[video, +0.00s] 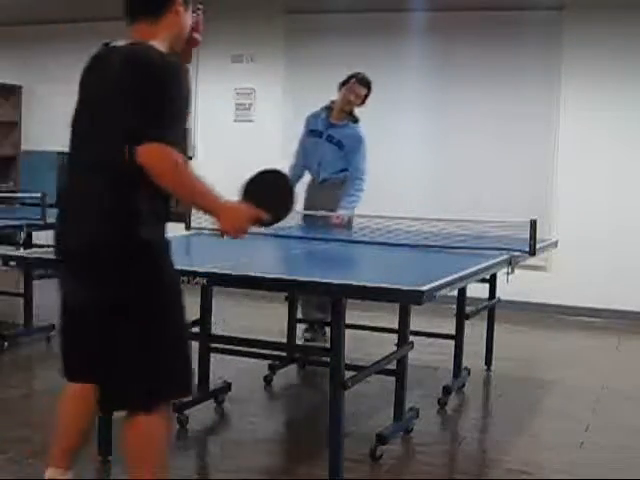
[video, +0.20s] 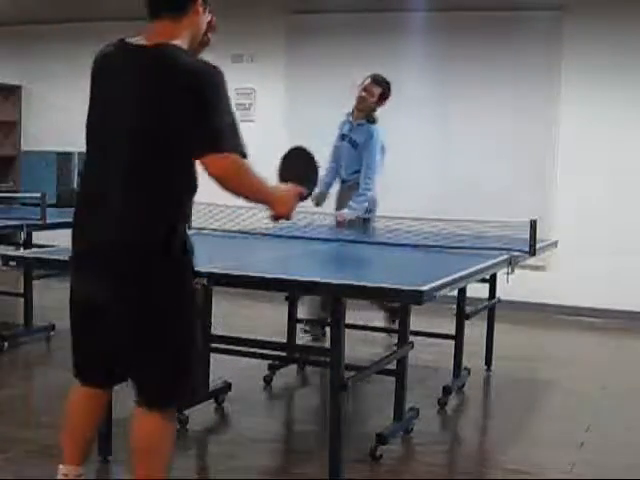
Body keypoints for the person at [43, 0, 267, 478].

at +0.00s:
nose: (194, 22)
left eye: (195, 14)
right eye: (193, 11)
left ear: (136, 13)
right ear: (177, 10)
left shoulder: (101, 62)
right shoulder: (159, 67)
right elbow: (156, 154)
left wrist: (181, 54)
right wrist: (221, 208)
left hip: (81, 241)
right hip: (131, 246)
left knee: (85, 372)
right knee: (152, 389)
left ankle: (56, 471)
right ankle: (146, 475)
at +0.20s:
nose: (207, 22)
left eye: (208, 15)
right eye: (208, 13)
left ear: (153, 12)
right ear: (197, 10)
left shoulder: (107, 61)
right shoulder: (196, 76)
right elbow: (223, 166)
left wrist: (190, 47)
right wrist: (274, 195)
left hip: (93, 244)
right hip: (156, 250)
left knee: (93, 374)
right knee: (158, 394)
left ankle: (68, 472)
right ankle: (147, 475)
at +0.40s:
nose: (209, 18)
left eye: (208, 13)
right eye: (211, 12)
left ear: (155, 11)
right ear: (205, 11)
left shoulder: (103, 56)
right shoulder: (210, 77)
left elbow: (63, 42)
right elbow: (283, 130)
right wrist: (309, 108)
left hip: (97, 248)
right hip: (164, 254)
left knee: (86, 367)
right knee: (159, 394)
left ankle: (50, 463)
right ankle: (150, 474)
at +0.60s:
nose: (196, 16)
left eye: (195, 11)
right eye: (196, 11)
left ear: (136, 15)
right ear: (190, 12)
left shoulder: (106, 46)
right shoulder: (198, 60)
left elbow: (76, 2)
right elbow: (284, 24)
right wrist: (305, 6)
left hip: (78, 243)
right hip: (144, 250)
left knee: (62, 349)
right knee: (161, 388)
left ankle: (18, 440)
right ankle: (152, 476)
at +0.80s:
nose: (165, 59)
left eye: (164, 51)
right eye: (166, 51)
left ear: (111, 51)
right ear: (158, 54)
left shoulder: (78, 93)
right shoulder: (165, 103)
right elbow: (246, 98)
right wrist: (266, 54)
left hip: (36, 262)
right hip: (99, 272)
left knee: (40, 354)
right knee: (165, 387)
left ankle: (1, 442)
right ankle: (147, 473)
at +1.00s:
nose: (147, 123)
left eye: (147, 114)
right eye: (147, 114)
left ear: (92, 111)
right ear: (135, 114)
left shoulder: (46, 147)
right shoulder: (142, 167)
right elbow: (199, 218)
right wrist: (207, 185)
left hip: (12, 296)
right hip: (77, 305)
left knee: (26, 366)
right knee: (165, 392)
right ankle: (148, 474)